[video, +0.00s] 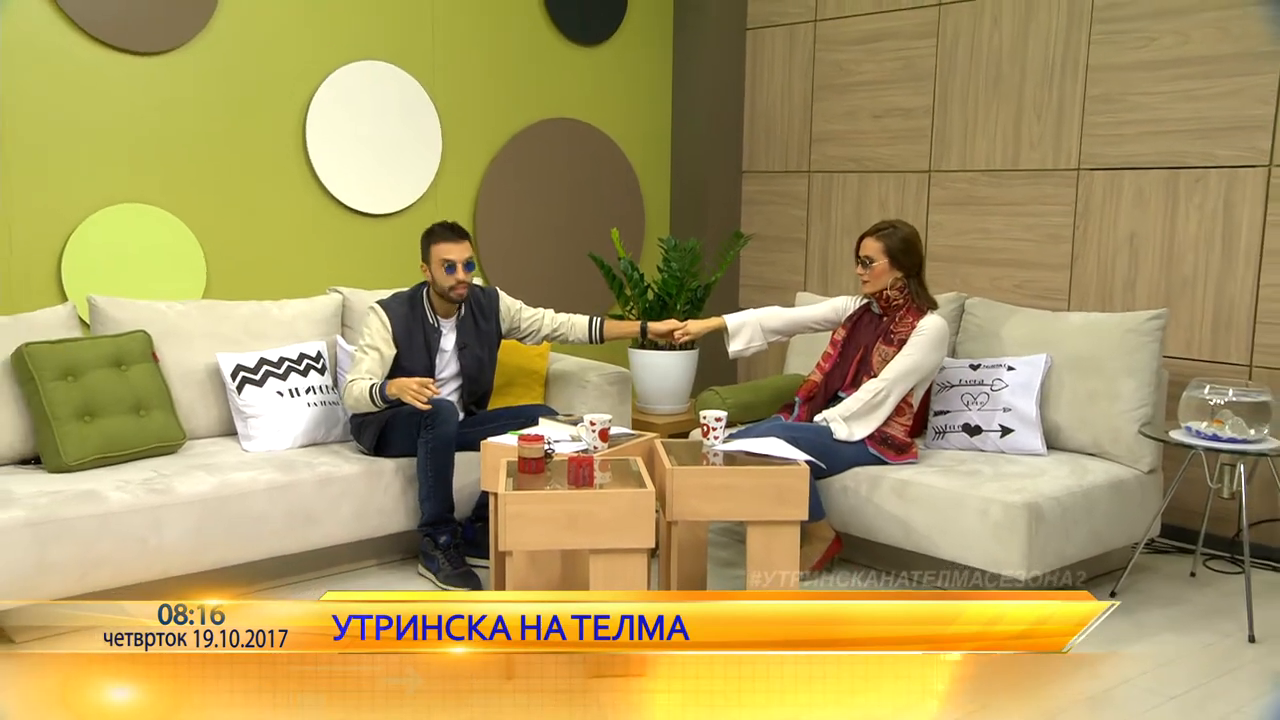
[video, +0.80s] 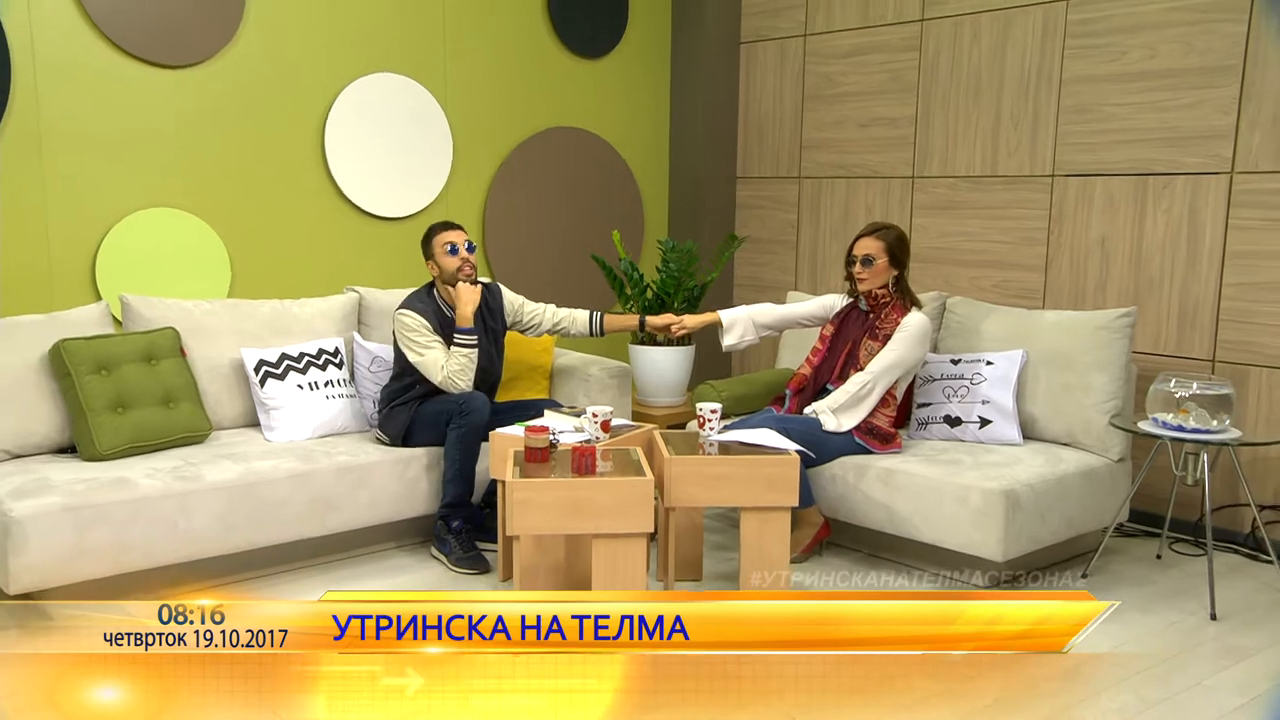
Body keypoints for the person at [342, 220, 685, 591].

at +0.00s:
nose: (461, 277)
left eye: (467, 265)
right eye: (448, 267)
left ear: (474, 265)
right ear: (426, 270)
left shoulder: (490, 304)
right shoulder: (388, 315)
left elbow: (558, 325)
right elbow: (353, 392)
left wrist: (645, 329)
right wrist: (390, 387)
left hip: (458, 422)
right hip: (389, 426)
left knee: (545, 420)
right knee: (442, 410)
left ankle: (478, 530)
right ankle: (438, 544)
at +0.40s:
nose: (456, 260)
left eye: (463, 251)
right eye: (444, 252)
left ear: (470, 257)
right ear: (424, 261)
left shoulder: (489, 301)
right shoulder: (394, 312)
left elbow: (556, 323)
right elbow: (382, 393)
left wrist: (642, 325)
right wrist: (416, 350)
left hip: (464, 418)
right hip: (394, 421)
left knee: (547, 415)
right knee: (444, 406)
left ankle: (485, 521)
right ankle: (443, 534)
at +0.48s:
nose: (455, 258)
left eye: (462, 250)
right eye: (443, 251)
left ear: (469, 255)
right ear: (424, 259)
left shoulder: (488, 299)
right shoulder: (398, 310)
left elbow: (555, 322)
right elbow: (410, 383)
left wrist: (642, 326)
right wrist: (433, 320)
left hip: (465, 416)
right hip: (398, 419)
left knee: (548, 415)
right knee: (446, 406)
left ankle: (486, 520)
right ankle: (445, 533)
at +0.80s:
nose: (465, 256)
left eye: (469, 248)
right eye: (452, 250)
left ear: (476, 256)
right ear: (431, 266)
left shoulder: (493, 296)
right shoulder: (411, 316)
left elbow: (558, 319)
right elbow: (457, 382)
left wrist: (643, 322)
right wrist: (464, 317)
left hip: (471, 412)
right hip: (409, 416)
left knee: (555, 414)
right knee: (474, 403)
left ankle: (488, 515)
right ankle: (451, 527)